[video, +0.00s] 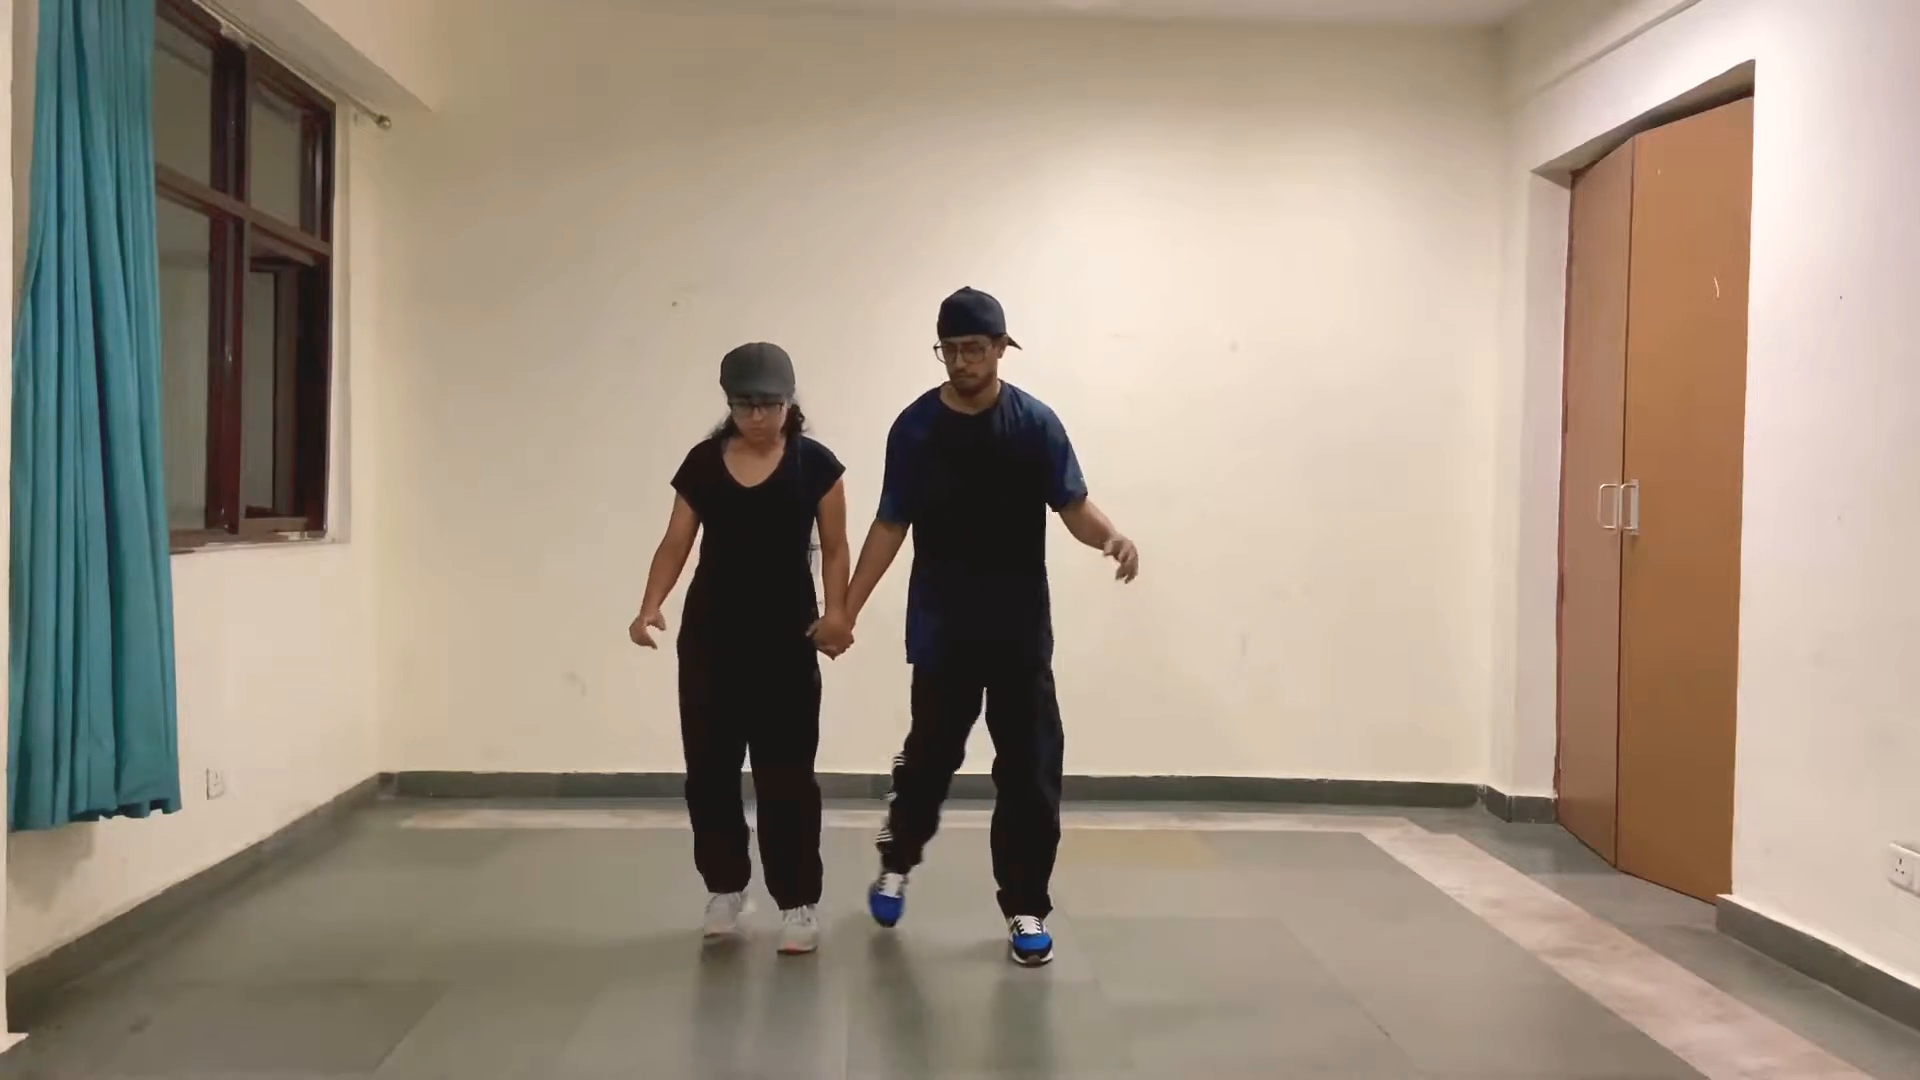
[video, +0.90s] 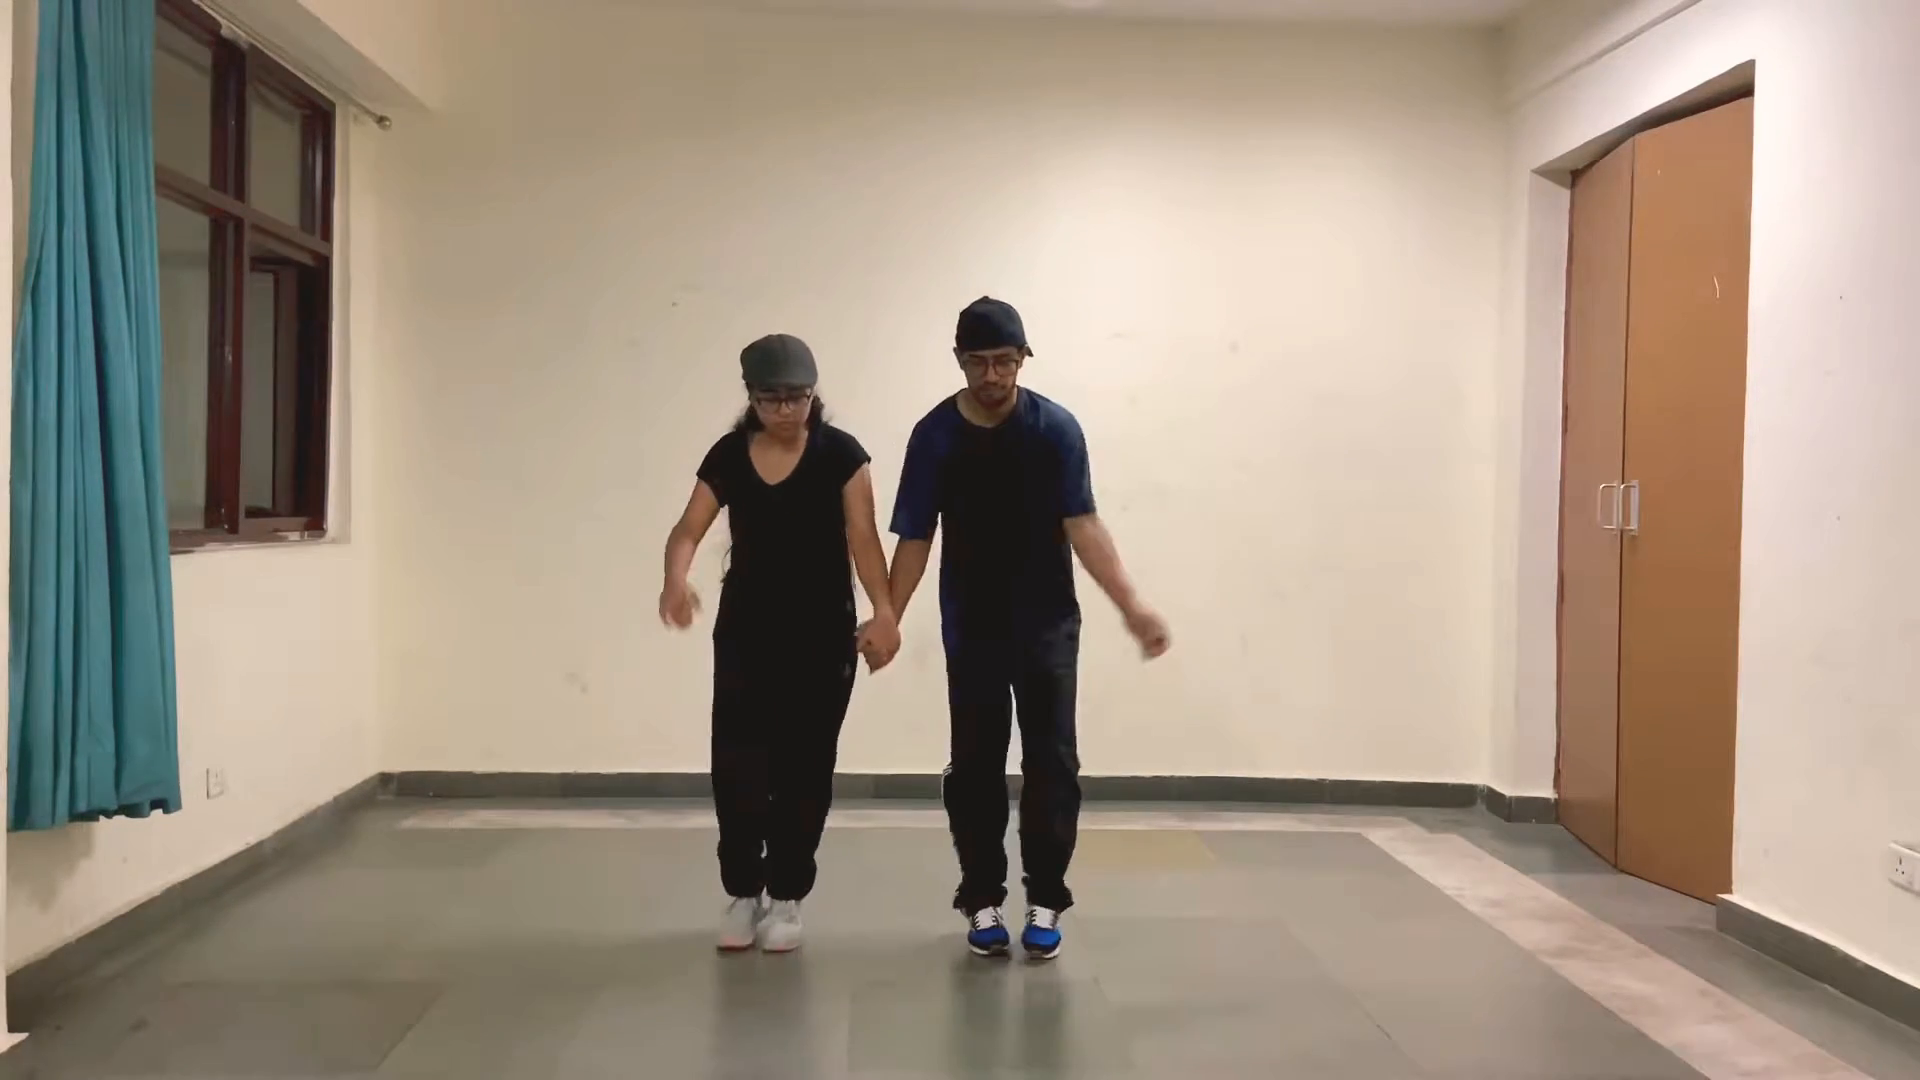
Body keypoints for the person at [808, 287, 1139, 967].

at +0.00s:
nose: (966, 360)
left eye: (978, 348)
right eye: (954, 349)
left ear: (1001, 348)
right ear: (941, 352)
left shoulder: (1036, 424)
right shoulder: (915, 428)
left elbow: (1073, 504)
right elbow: (889, 524)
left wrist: (1112, 537)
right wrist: (846, 611)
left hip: (1021, 627)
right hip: (943, 625)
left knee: (1032, 762)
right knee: (934, 750)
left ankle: (1026, 907)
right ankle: (896, 862)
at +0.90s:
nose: (993, 374)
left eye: (1005, 361)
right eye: (980, 362)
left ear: (1023, 360)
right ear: (960, 361)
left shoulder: (1056, 430)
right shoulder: (935, 435)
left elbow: (1084, 525)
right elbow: (915, 538)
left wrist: (1132, 607)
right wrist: (886, 620)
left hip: (1046, 622)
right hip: (971, 625)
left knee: (1050, 759)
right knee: (975, 762)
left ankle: (1045, 900)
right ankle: (982, 901)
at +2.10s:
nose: (1067, 388)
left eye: (1080, 376)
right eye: (1054, 375)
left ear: (1099, 380)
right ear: (1033, 378)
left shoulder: (1138, 445)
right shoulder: (1016, 461)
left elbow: (1189, 522)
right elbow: (1025, 540)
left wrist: (1223, 607)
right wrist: (982, 603)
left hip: (1157, 643)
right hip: (1085, 651)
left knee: (1169, 793)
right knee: (1146, 793)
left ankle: (1094, 902)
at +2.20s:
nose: (1072, 396)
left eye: (1085, 384)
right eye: (1059, 383)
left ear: (1103, 389)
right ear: (1038, 387)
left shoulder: (1145, 451)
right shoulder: (1022, 475)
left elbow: (1207, 505)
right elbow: (1030, 557)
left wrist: (1256, 582)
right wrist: (980, 609)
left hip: (1167, 660)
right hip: (1092, 673)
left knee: (1189, 805)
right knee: (1162, 809)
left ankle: (1090, 895)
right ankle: (1225, 952)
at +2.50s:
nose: (1099, 377)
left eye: (1111, 366)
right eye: (1085, 364)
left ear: (1123, 372)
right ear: (1059, 364)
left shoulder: (1128, 444)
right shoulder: (1011, 441)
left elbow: (1186, 500)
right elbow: (961, 523)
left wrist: (1211, 520)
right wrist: (909, 591)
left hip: (1110, 625)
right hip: (1043, 624)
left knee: (1126, 765)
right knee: (1107, 744)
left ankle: (1081, 904)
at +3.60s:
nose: (1010, 362)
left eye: (1023, 350)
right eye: (998, 349)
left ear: (1038, 355)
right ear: (977, 350)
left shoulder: (1054, 428)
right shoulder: (935, 425)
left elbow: (1108, 494)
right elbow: (888, 512)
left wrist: (1162, 536)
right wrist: (835, 592)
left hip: (1046, 615)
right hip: (972, 618)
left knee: (1055, 748)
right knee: (992, 751)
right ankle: (1008, 883)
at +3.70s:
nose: (1017, 364)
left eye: (1030, 353)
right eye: (1005, 351)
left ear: (1045, 359)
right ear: (983, 353)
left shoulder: (1059, 436)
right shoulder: (940, 431)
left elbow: (1104, 510)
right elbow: (904, 524)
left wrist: (1159, 570)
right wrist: (852, 607)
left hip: (1048, 625)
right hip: (973, 627)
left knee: (1057, 768)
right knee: (993, 762)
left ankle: (1063, 909)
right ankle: (1007, 883)